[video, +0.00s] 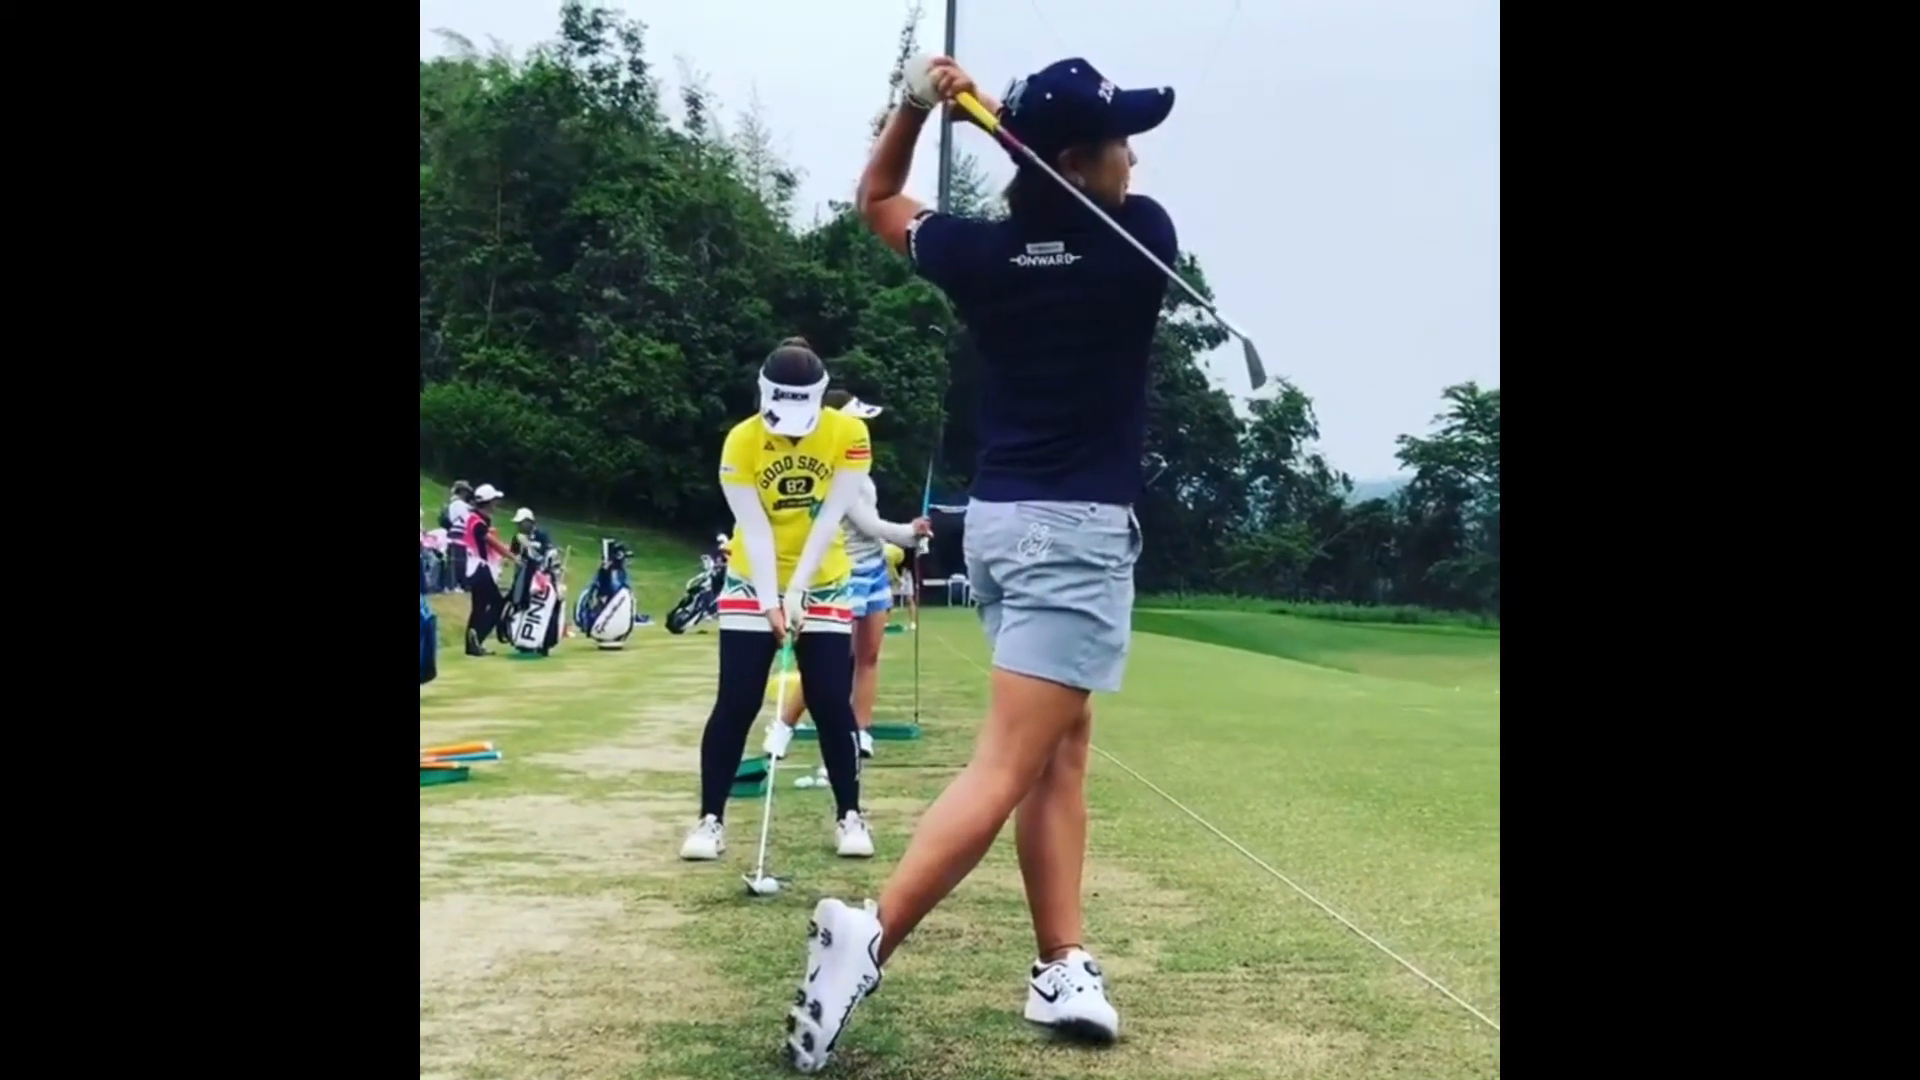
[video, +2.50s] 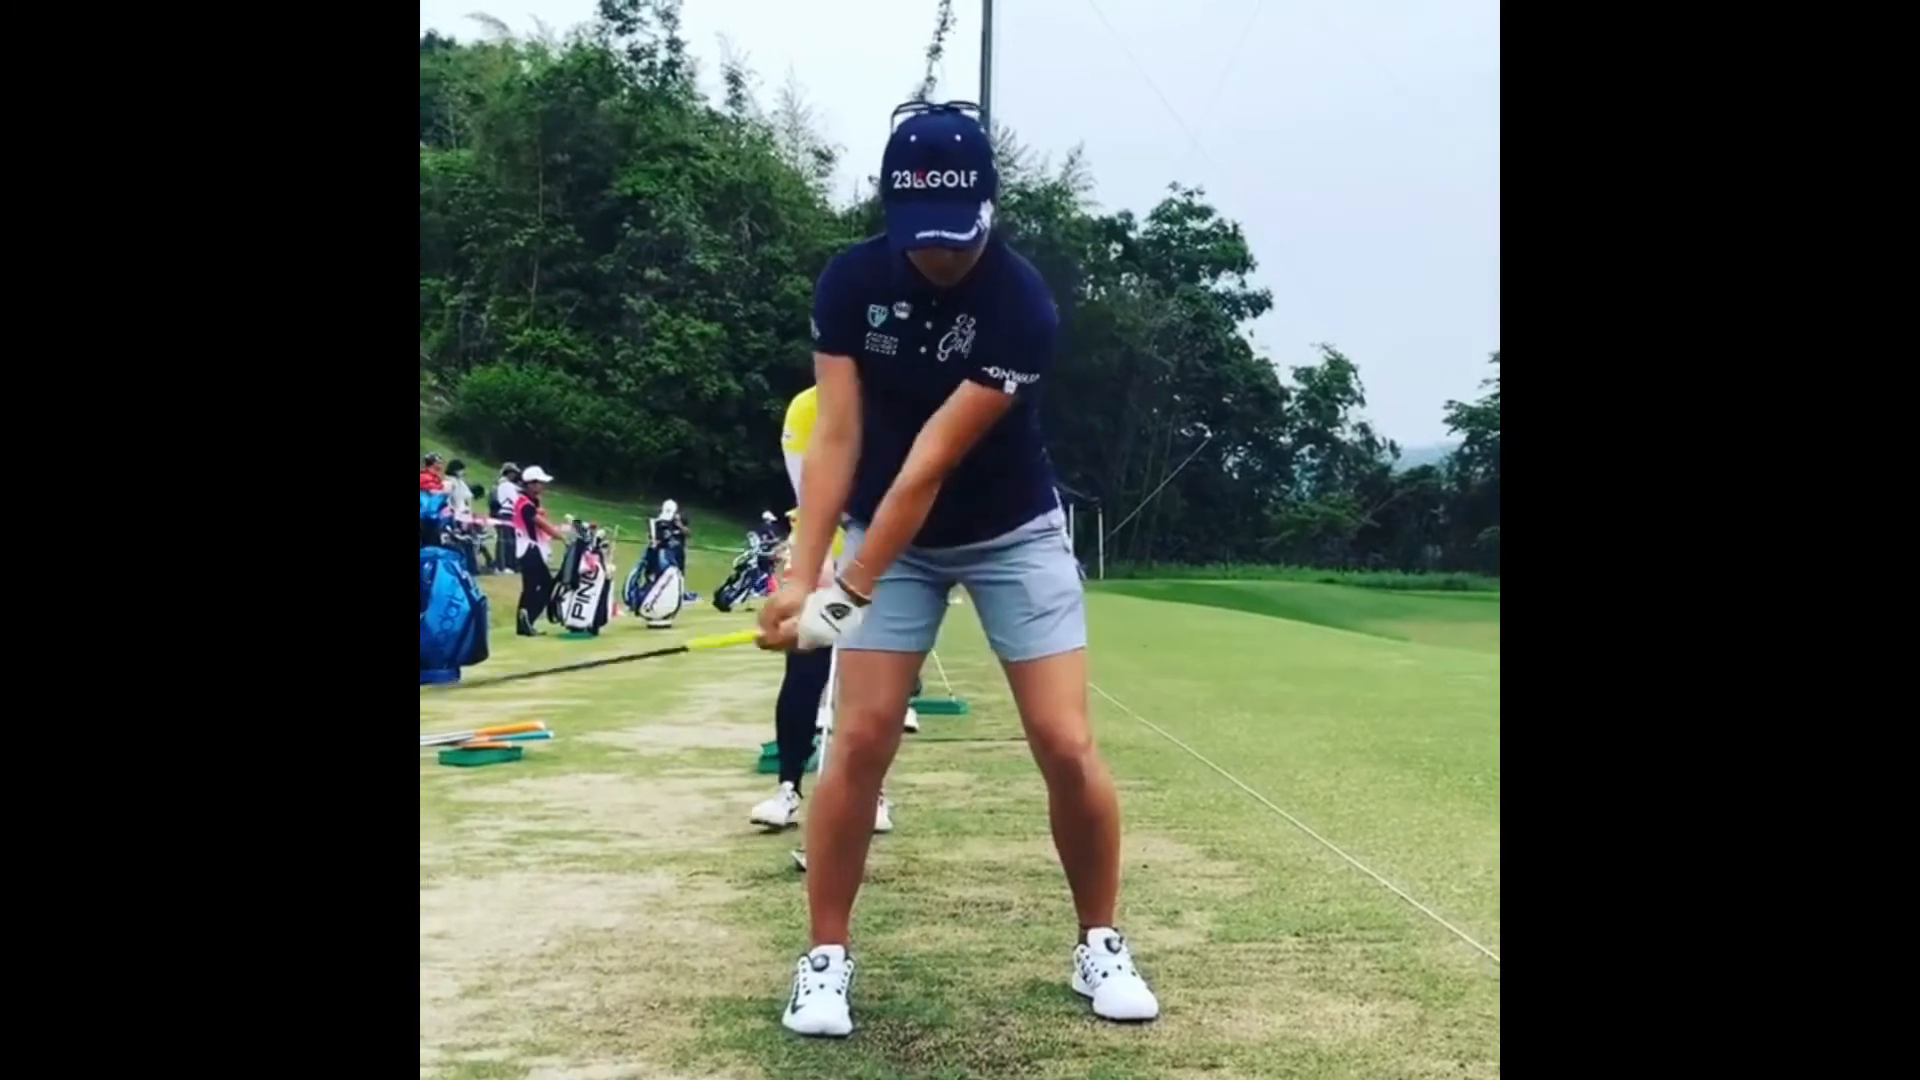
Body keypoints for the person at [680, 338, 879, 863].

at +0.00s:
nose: (789, 423)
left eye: (799, 413)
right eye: (780, 411)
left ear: (819, 396)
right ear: (764, 395)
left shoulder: (848, 433)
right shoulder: (741, 443)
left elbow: (833, 513)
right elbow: (754, 529)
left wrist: (797, 587)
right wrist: (768, 597)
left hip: (824, 585)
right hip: (751, 582)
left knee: (831, 701)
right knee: (736, 701)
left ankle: (850, 816)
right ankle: (710, 819)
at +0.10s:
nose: (789, 426)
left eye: (800, 415)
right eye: (780, 414)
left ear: (819, 398)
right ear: (764, 397)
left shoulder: (849, 435)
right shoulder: (741, 445)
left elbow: (833, 517)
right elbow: (755, 529)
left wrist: (797, 588)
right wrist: (770, 598)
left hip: (823, 587)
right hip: (750, 586)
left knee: (830, 702)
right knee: (736, 702)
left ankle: (849, 816)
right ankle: (710, 820)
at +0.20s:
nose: (848, 356)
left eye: (858, 347)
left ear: (880, 344)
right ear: (829, 346)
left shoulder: (895, 400)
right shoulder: (808, 402)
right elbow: (809, 492)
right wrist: (828, 555)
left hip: (874, 564)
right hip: (813, 564)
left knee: (874, 691)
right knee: (816, 681)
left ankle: (868, 785)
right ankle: (811, 788)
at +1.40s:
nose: (811, 408)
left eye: (822, 397)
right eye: (801, 396)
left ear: (842, 383)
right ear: (785, 381)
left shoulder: (872, 420)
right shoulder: (763, 431)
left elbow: (863, 506)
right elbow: (773, 518)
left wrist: (825, 575)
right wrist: (784, 584)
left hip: (850, 574)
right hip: (776, 573)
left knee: (852, 693)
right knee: (761, 691)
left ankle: (868, 807)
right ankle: (735, 809)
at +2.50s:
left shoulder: (898, 409)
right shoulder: (806, 409)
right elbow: (809, 501)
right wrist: (818, 563)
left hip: (884, 547)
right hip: (825, 549)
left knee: (876, 681)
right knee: (805, 667)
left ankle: (871, 786)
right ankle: (789, 786)